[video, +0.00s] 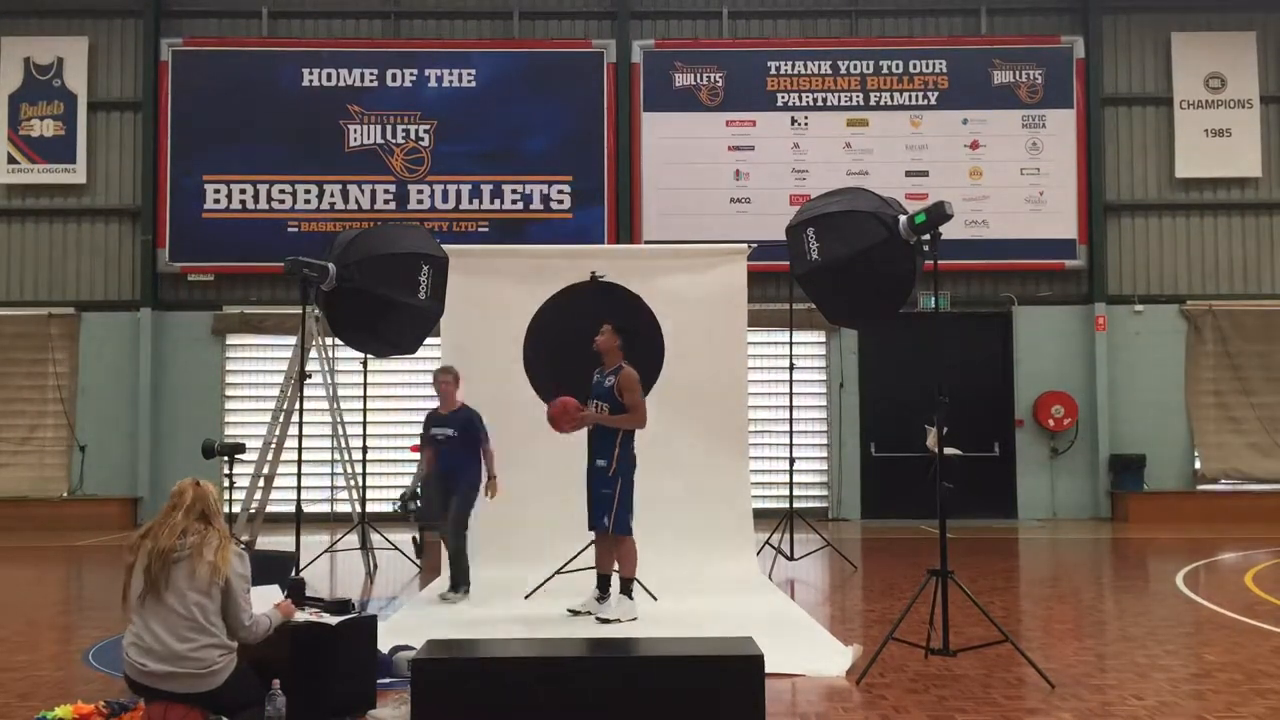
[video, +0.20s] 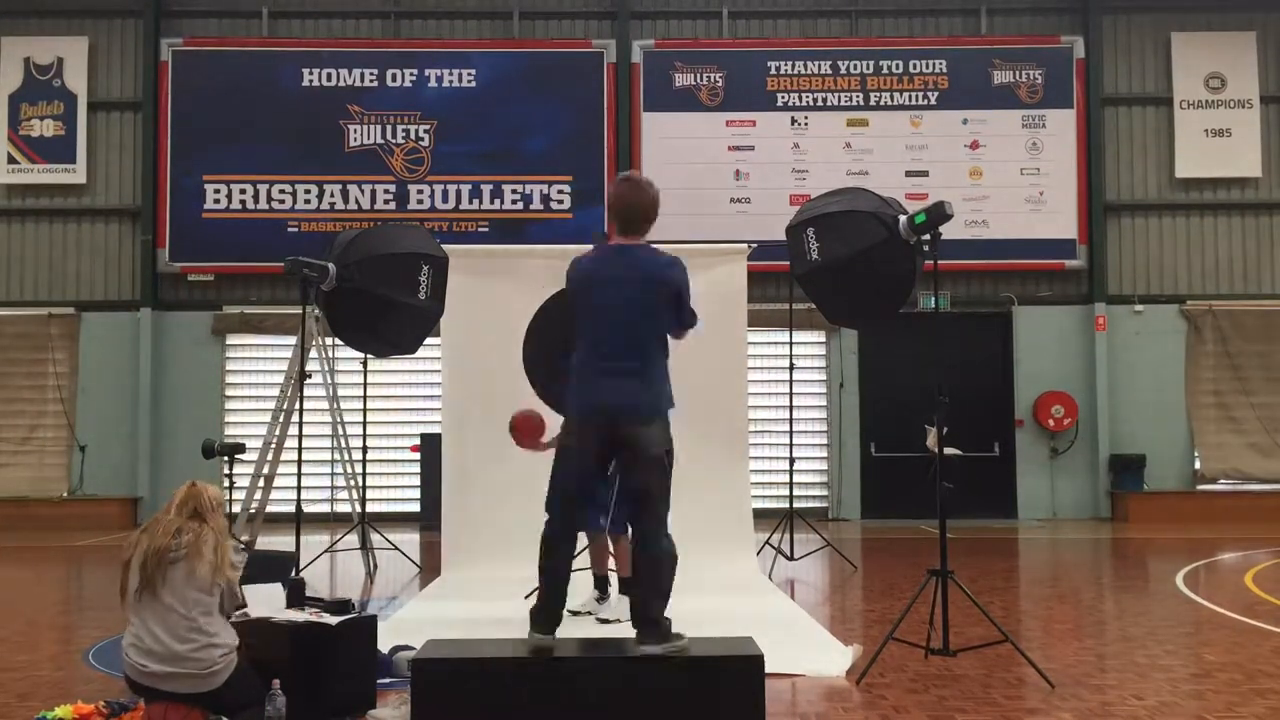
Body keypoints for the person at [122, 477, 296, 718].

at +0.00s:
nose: (222, 513)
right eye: (219, 507)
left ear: (172, 508)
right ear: (214, 511)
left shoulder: (147, 545)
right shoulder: (229, 554)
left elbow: (135, 609)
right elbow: (246, 631)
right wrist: (279, 614)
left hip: (141, 677)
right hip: (205, 682)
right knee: (253, 703)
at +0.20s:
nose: (223, 517)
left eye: (222, 511)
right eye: (221, 511)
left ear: (175, 507)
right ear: (214, 512)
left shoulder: (144, 539)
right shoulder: (223, 547)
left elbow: (133, 600)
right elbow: (230, 605)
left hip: (141, 677)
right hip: (208, 680)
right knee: (254, 704)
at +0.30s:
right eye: (216, 506)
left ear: (167, 506)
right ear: (210, 510)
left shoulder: (144, 544)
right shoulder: (227, 552)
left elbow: (135, 609)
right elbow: (239, 621)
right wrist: (245, 664)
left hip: (141, 678)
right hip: (204, 682)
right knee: (254, 700)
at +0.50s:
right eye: (217, 504)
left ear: (173, 508)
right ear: (215, 509)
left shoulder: (142, 542)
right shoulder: (226, 549)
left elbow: (132, 605)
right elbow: (254, 621)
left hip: (140, 678)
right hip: (205, 681)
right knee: (254, 702)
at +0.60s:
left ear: (165, 506)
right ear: (208, 509)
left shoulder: (141, 544)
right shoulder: (225, 549)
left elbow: (131, 606)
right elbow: (253, 618)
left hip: (142, 680)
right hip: (208, 684)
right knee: (255, 701)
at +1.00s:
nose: (224, 513)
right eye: (222, 507)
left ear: (175, 504)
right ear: (216, 510)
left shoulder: (142, 540)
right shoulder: (223, 548)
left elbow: (133, 603)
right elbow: (251, 618)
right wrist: (263, 612)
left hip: (139, 678)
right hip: (203, 681)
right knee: (254, 700)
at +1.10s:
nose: (233, 524)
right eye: (230, 518)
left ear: (187, 517)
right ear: (226, 520)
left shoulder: (156, 546)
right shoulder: (230, 550)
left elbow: (137, 605)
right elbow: (255, 618)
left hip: (141, 678)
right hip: (207, 682)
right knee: (253, 704)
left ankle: (153, 708)